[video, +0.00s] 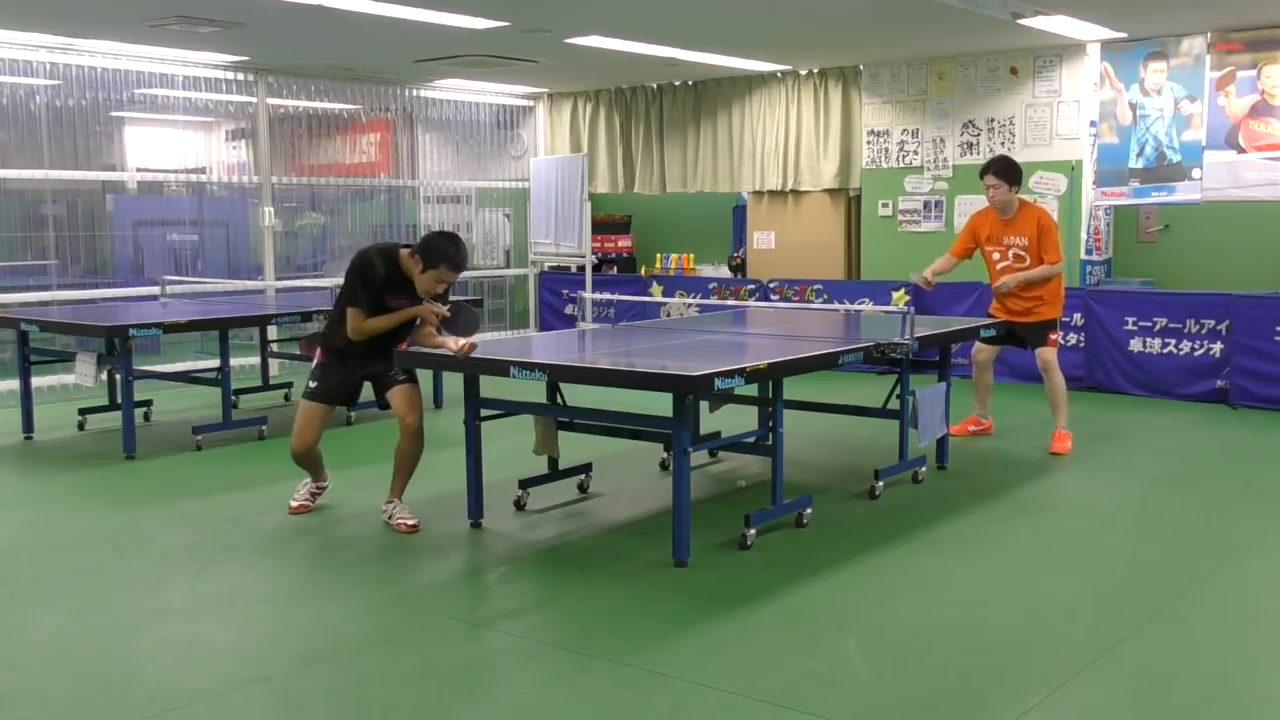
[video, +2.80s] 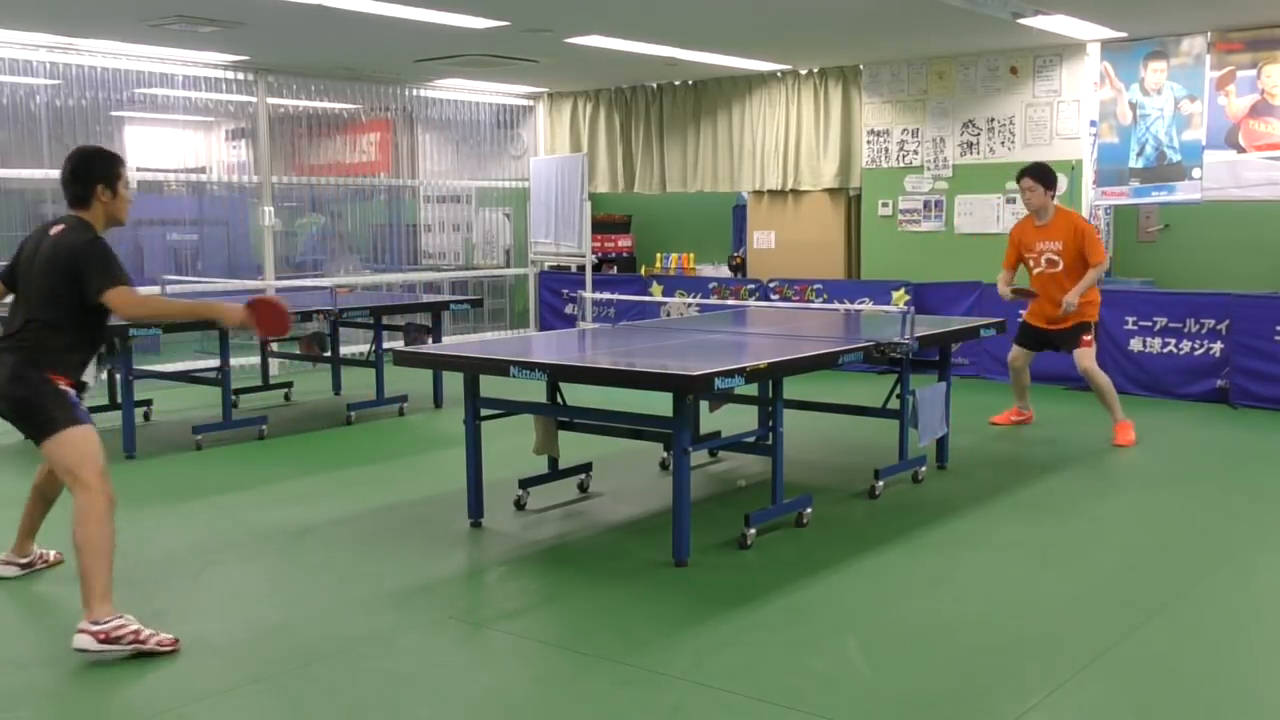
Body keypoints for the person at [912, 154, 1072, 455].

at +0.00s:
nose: (989, 194)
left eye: (995, 188)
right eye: (986, 188)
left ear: (1014, 187)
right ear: (984, 188)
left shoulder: (1039, 218)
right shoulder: (980, 221)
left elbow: (1055, 266)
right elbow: (954, 256)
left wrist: (1019, 277)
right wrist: (931, 271)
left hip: (1042, 307)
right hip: (1003, 306)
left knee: (1047, 361)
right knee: (980, 356)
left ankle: (1062, 429)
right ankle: (981, 419)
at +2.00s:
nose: (977, 211)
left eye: (982, 205)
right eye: (975, 205)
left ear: (1003, 206)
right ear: (973, 206)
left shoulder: (1029, 234)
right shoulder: (970, 238)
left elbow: (1050, 280)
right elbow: (926, 255)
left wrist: (1016, 292)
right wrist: (927, 276)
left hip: (1035, 322)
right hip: (993, 321)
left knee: (1051, 374)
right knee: (953, 361)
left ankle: (1076, 433)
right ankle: (947, 427)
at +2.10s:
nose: (966, 205)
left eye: (972, 200)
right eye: (965, 200)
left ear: (992, 202)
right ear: (965, 201)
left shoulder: (1019, 231)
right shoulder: (959, 235)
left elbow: (1044, 273)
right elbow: (921, 247)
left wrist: (1013, 289)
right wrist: (906, 242)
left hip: (1033, 319)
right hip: (991, 319)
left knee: (1049, 370)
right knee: (952, 359)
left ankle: (1076, 433)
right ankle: (948, 428)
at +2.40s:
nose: (989, 193)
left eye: (996, 187)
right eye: (987, 188)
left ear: (1015, 191)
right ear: (986, 191)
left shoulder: (1039, 224)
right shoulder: (981, 230)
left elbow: (1065, 262)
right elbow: (949, 261)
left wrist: (1036, 273)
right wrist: (926, 252)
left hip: (1042, 318)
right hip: (1000, 318)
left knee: (1055, 375)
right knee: (968, 360)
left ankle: (1076, 423)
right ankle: (949, 425)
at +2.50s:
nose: (1001, 184)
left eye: (1008, 178)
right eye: (999, 179)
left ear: (1027, 181)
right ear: (999, 182)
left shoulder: (1052, 216)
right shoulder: (999, 220)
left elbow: (1076, 256)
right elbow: (975, 256)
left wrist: (1046, 271)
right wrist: (945, 261)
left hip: (1053, 312)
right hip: (1015, 311)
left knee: (1058, 368)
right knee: (988, 355)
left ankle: (1075, 424)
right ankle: (957, 417)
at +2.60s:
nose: (1009, 175)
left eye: (1016, 169)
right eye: (1007, 170)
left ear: (1034, 173)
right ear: (1006, 174)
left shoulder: (1058, 208)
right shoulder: (1005, 212)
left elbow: (1083, 248)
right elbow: (991, 251)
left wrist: (1055, 273)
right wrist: (969, 266)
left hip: (1065, 299)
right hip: (1025, 298)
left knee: (1073, 357)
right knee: (996, 347)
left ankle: (1085, 421)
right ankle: (994, 409)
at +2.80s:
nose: (1025, 197)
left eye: (1031, 190)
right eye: (1022, 191)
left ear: (1050, 192)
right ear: (1020, 194)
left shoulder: (1077, 225)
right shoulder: (1020, 231)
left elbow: (1100, 264)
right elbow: (1008, 270)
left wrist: (1076, 292)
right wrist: (1003, 285)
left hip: (1079, 309)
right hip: (1041, 309)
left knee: (1086, 365)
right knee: (1016, 360)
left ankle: (1121, 421)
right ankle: (1022, 410)